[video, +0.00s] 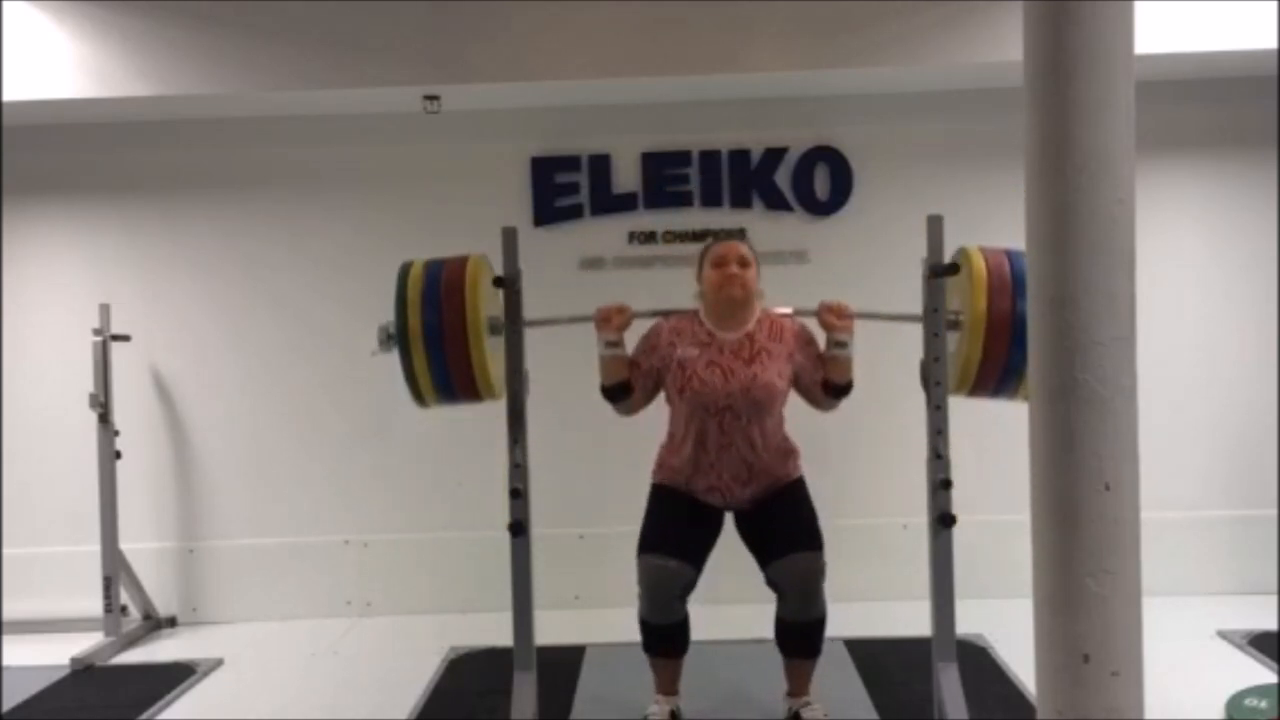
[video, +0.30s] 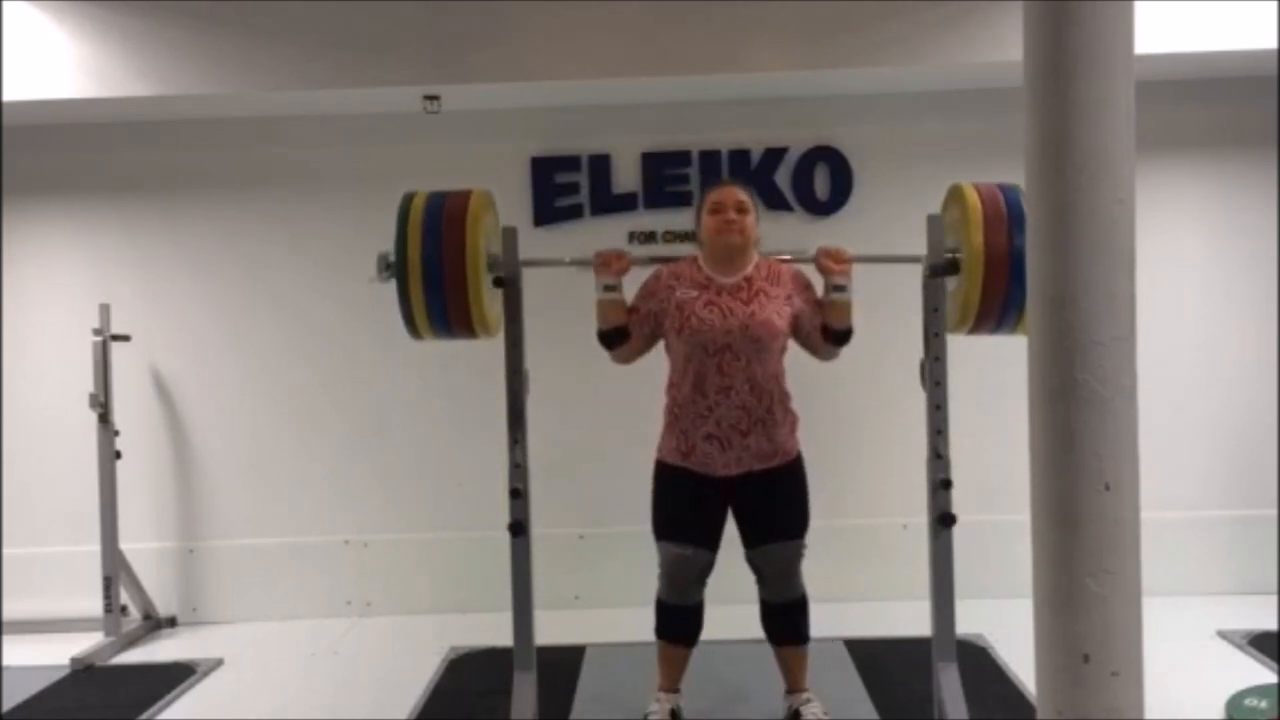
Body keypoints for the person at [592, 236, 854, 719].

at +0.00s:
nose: (731, 271)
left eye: (742, 264)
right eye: (719, 264)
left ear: (758, 279)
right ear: (700, 280)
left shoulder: (786, 333)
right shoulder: (671, 334)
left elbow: (827, 397)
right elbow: (626, 400)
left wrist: (840, 341)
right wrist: (610, 341)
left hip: (770, 478)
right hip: (686, 480)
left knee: (803, 579)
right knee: (660, 584)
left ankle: (800, 700)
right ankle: (665, 702)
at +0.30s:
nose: (729, 217)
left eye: (740, 209)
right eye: (716, 210)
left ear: (757, 225)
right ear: (698, 225)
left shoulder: (783, 280)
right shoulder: (670, 282)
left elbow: (828, 345)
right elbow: (623, 348)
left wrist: (838, 286)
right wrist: (609, 286)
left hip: (769, 458)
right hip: (689, 460)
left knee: (782, 580)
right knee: (679, 582)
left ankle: (800, 697)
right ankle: (666, 699)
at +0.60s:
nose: (729, 276)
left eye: (740, 268)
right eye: (717, 268)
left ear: (756, 281)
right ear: (699, 283)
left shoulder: (783, 336)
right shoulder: (671, 338)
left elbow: (824, 399)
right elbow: (625, 400)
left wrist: (837, 344)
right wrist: (610, 342)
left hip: (766, 479)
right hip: (685, 481)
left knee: (805, 578)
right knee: (657, 584)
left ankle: (801, 699)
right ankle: (665, 702)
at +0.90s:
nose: (731, 371)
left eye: (742, 363)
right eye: (718, 363)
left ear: (757, 376)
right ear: (700, 377)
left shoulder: (786, 428)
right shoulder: (671, 428)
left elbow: (829, 491)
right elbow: (627, 491)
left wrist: (840, 435)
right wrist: (612, 435)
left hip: (770, 553)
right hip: (686, 554)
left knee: (818, 603)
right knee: (644, 608)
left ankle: (801, 703)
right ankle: (666, 705)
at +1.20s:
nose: (733, 418)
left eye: (744, 409)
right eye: (720, 409)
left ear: (759, 419)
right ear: (701, 421)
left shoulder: (789, 472)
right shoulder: (671, 471)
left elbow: (830, 533)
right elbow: (630, 534)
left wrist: (841, 476)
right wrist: (613, 476)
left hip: (770, 600)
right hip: (689, 601)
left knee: (824, 625)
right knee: (637, 629)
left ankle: (801, 703)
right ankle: (666, 705)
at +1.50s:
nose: (730, 372)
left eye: (741, 364)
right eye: (717, 364)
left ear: (756, 378)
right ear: (698, 379)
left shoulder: (785, 426)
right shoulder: (669, 427)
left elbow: (829, 484)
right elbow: (626, 488)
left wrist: (840, 433)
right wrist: (609, 435)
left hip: (770, 546)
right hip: (687, 548)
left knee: (813, 602)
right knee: (650, 608)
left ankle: (799, 702)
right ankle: (666, 703)